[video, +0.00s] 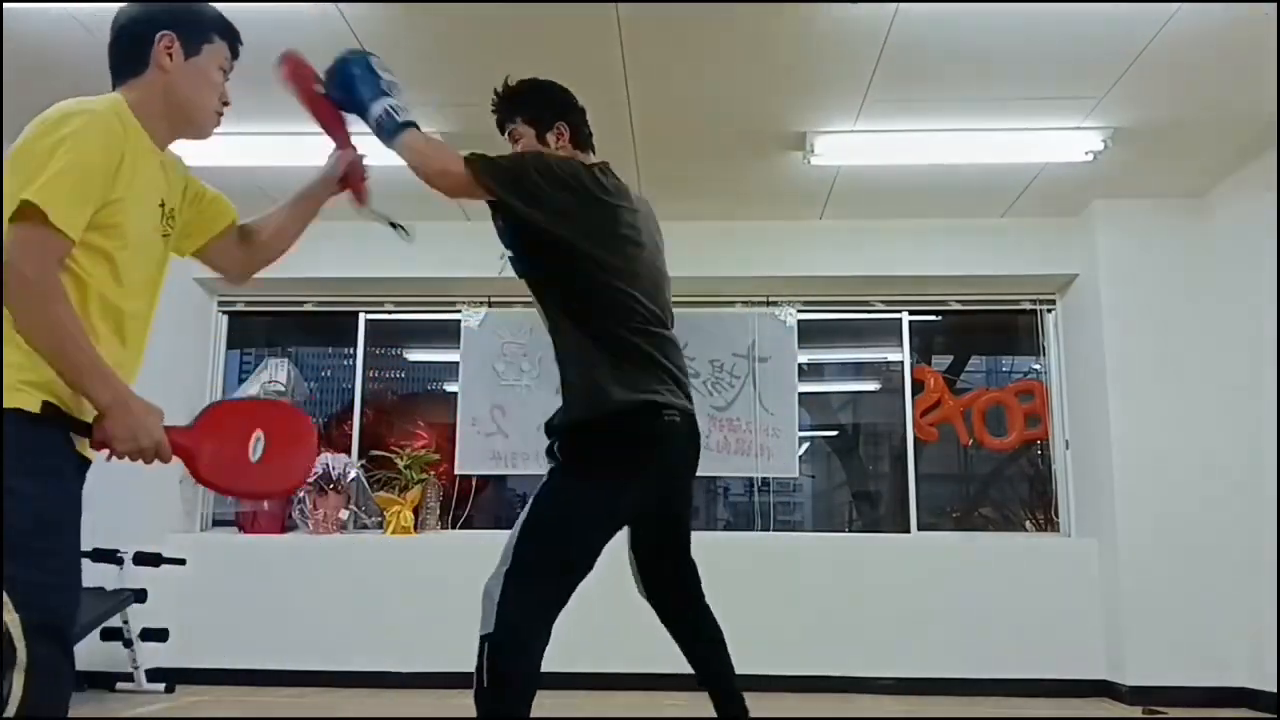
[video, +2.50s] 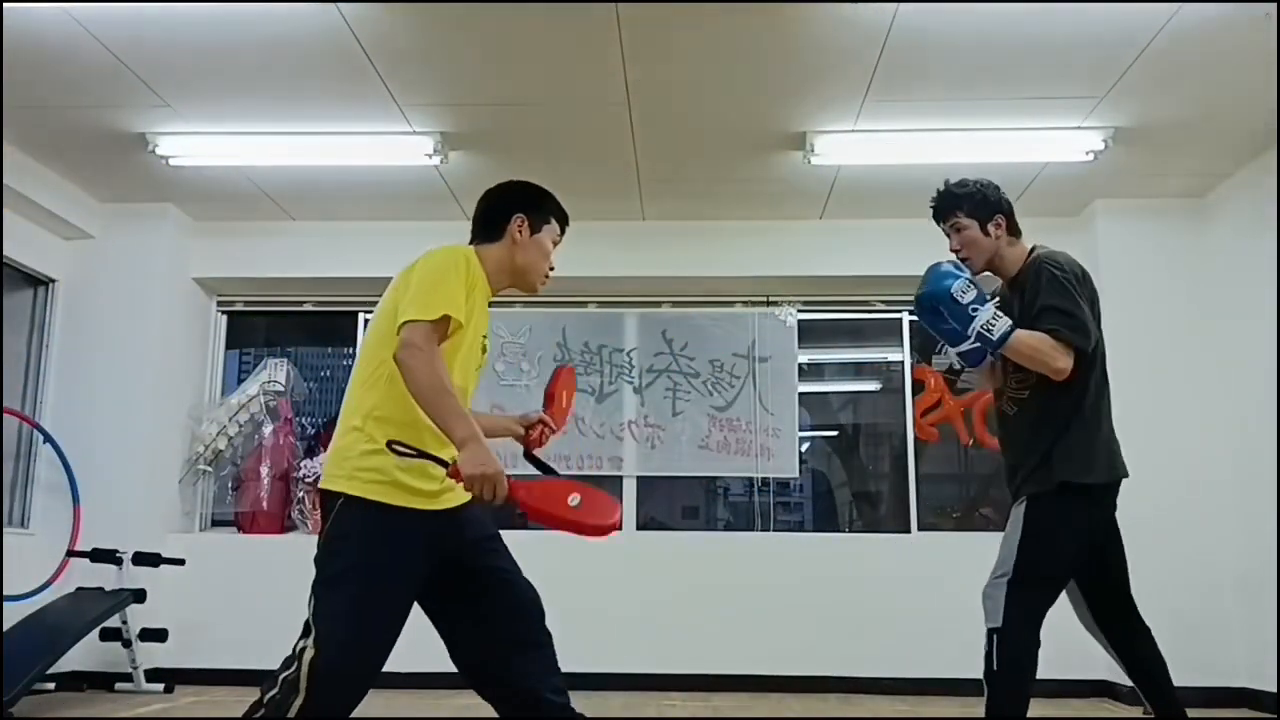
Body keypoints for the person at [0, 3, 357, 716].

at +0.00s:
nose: (228, 94)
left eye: (232, 78)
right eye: (221, 70)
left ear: (169, 61)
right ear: (167, 53)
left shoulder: (168, 179)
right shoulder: (89, 129)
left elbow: (240, 255)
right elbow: (25, 272)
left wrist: (322, 188)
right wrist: (114, 398)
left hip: (56, 432)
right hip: (20, 423)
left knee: (42, 654)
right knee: (34, 657)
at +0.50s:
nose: (359, 199)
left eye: (362, 187)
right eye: (356, 183)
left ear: (274, 177)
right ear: (321, 169)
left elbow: (141, 360)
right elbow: (463, 307)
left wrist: (187, 436)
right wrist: (441, 351)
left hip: (171, 462)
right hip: (253, 453)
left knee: (285, 638)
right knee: (213, 635)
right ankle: (102, 713)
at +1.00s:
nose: (521, 152)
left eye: (524, 139)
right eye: (515, 133)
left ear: (476, 128)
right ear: (473, 123)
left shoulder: (495, 212)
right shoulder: (394, 183)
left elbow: (574, 236)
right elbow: (369, 284)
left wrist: (643, 197)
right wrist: (482, 256)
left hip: (421, 441)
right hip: (346, 431)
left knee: (462, 594)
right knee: (388, 619)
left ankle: (411, 710)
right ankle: (339, 711)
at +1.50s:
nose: (643, 240)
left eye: (649, 225)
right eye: (645, 220)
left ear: (599, 205)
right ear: (618, 203)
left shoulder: (556, 262)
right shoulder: (559, 238)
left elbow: (578, 339)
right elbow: (511, 333)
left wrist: (613, 268)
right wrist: (568, 440)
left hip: (531, 479)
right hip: (485, 472)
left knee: (590, 638)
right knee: (494, 654)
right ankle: (407, 711)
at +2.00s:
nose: (703, 233)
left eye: (706, 220)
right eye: (700, 215)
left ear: (664, 207)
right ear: (664, 202)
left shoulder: (660, 290)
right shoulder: (579, 246)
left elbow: (714, 306)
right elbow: (493, 317)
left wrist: (785, 274)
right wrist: (501, 406)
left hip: (560, 478)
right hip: (496, 464)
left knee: (608, 609)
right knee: (455, 630)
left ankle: (614, 713)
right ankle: (378, 711)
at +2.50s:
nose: (555, 262)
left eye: (558, 248)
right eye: (553, 242)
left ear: (517, 233)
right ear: (519, 229)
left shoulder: (473, 312)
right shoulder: (450, 265)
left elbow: (431, 421)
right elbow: (414, 348)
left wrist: (513, 425)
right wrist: (470, 441)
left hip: (443, 501)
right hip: (377, 496)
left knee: (511, 626)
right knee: (336, 663)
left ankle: (548, 711)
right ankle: (279, 711)